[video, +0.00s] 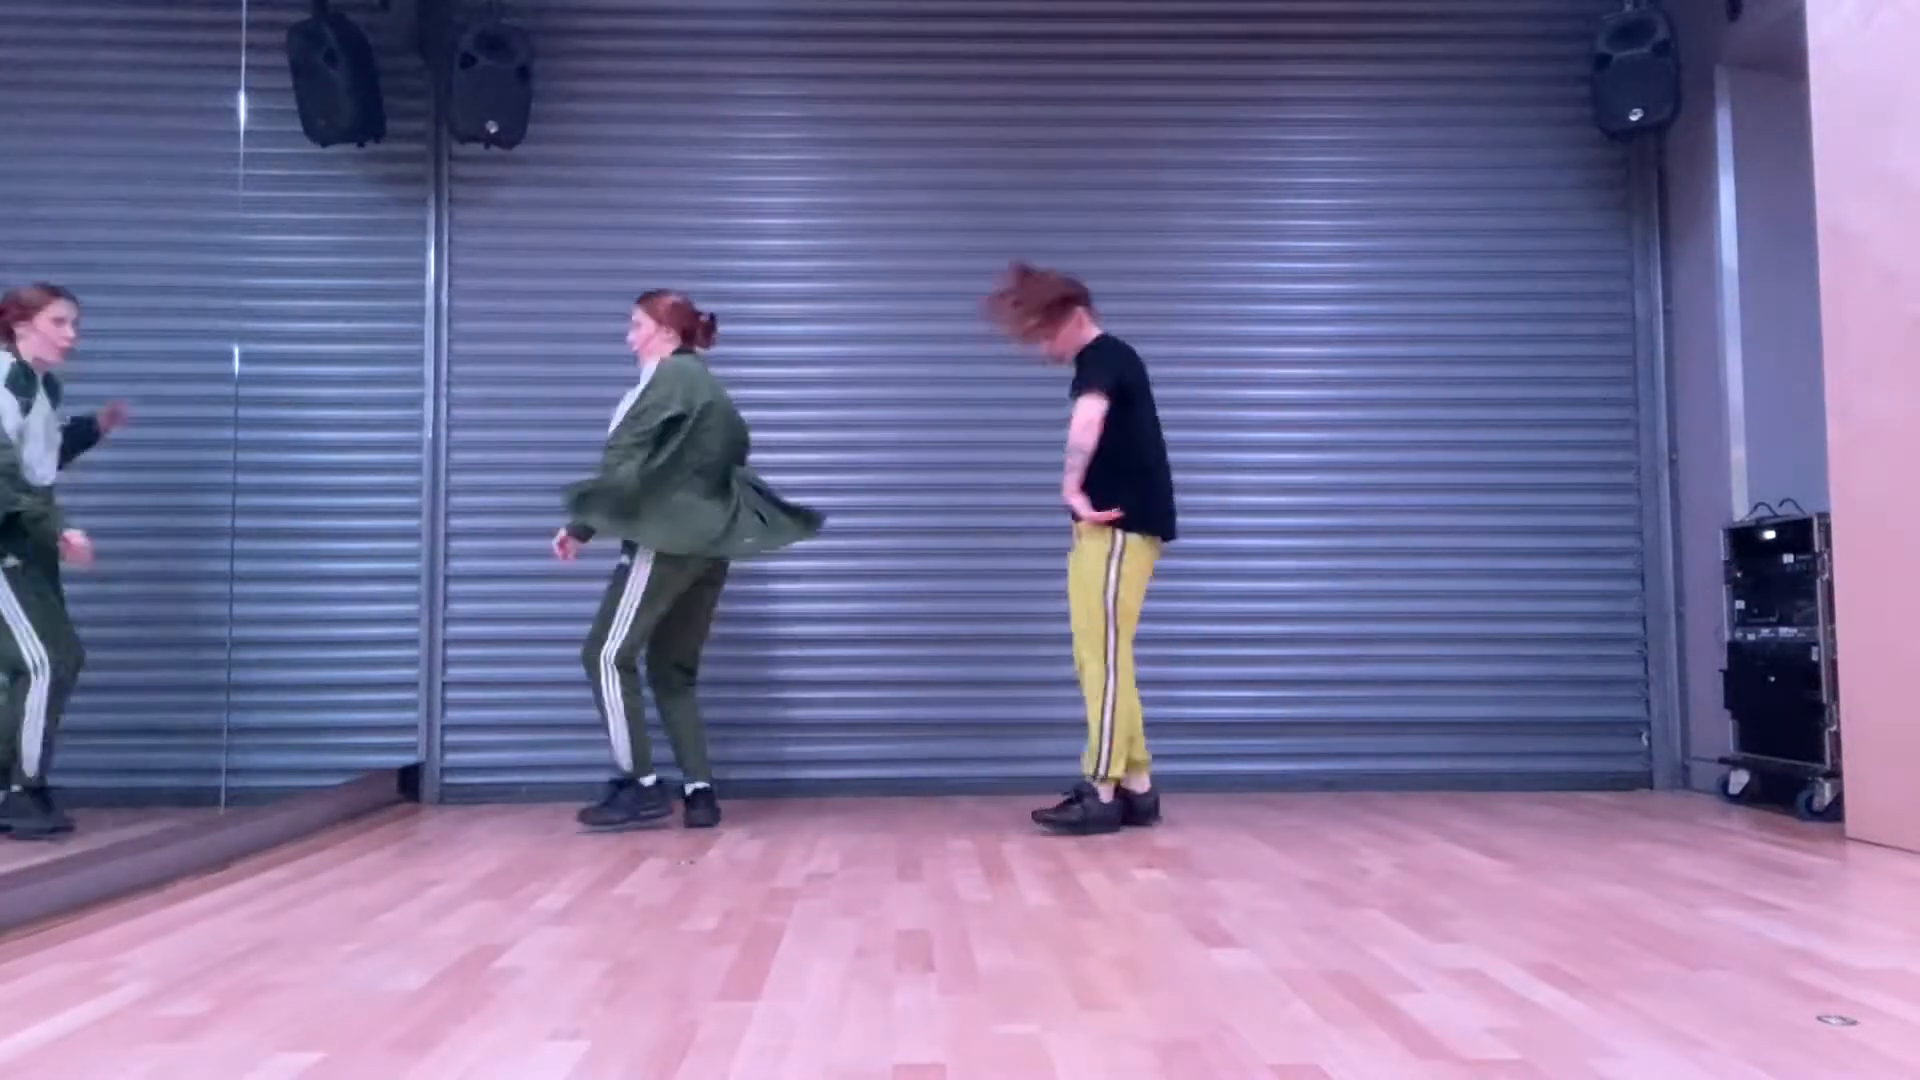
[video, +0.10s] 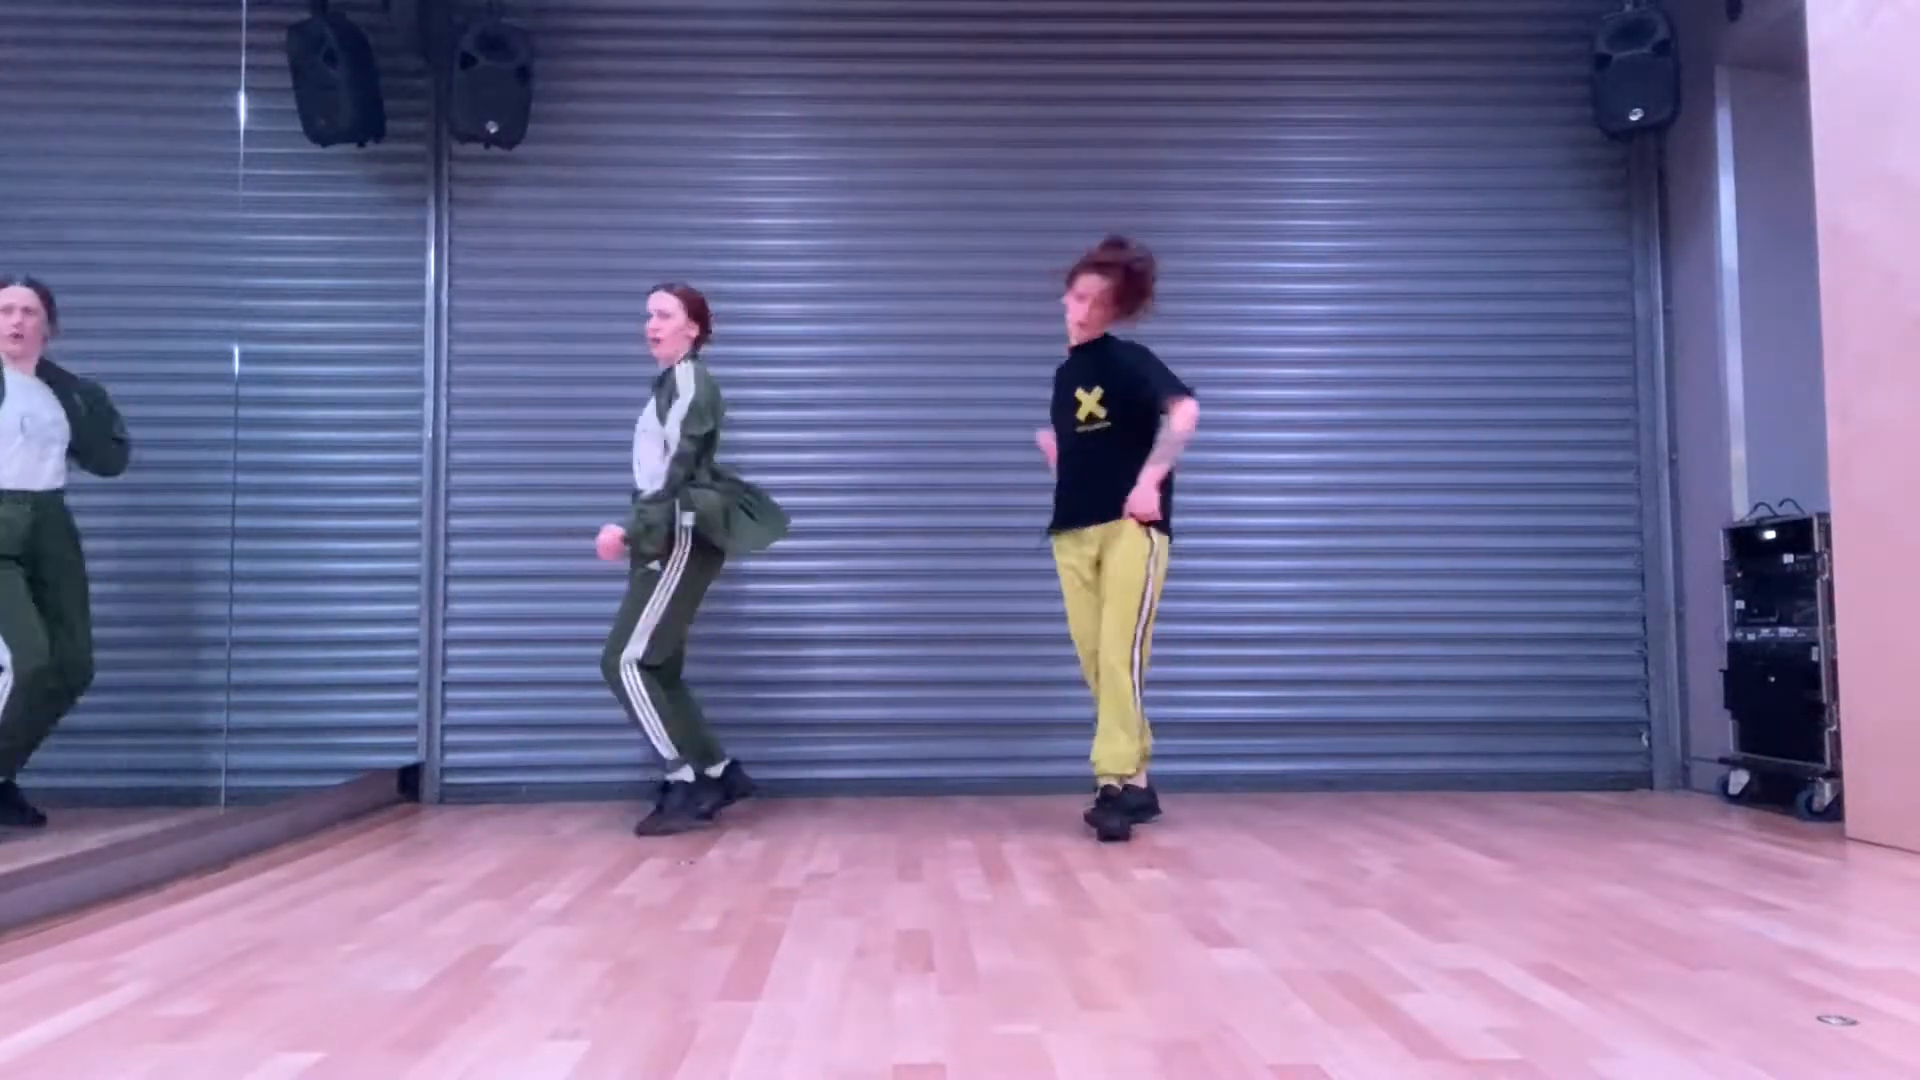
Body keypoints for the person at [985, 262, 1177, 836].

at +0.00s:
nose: (1044, 348)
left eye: (1044, 335)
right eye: (1038, 339)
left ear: (1071, 315)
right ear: (1073, 316)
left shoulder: (1102, 359)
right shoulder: (1105, 360)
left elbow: (1087, 425)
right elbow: (1108, 439)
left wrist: (1072, 490)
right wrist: (1088, 502)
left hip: (1115, 531)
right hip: (1119, 528)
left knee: (1100, 656)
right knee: (1107, 655)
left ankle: (1102, 792)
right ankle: (1135, 787)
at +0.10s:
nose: (1077, 305)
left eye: (1092, 299)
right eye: (1075, 292)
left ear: (1115, 310)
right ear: (1066, 295)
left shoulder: (1127, 356)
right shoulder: (1065, 373)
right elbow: (1079, 445)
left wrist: (1149, 481)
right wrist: (1053, 446)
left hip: (1129, 526)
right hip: (1072, 532)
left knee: (1118, 654)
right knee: (1094, 658)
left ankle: (1115, 785)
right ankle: (1134, 778)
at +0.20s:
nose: (1112, 302)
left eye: (1123, 294)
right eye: (1104, 289)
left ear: (1132, 305)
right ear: (1081, 293)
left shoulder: (1150, 361)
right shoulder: (1059, 377)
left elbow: (1208, 426)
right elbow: (1031, 449)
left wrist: (1176, 484)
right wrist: (1006, 406)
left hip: (1130, 535)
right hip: (1069, 546)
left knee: (1119, 656)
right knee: (1100, 663)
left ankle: (1111, 790)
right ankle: (1133, 782)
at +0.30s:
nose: (1121, 304)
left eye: (1131, 295)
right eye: (1111, 292)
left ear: (1140, 304)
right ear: (1088, 297)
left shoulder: (1151, 364)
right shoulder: (1059, 373)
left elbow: (1181, 442)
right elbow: (1031, 438)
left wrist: (1172, 489)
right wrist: (969, 405)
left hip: (1130, 526)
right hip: (1064, 531)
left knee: (1114, 649)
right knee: (1090, 656)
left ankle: (1110, 784)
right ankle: (1121, 773)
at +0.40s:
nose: (1122, 321)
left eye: (1131, 312)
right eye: (1111, 311)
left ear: (1141, 319)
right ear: (1090, 315)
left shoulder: (1153, 382)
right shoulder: (1062, 367)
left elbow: (1199, 448)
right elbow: (1019, 387)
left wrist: (1178, 483)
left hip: (1131, 518)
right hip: (1067, 525)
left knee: (1125, 589)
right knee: (1086, 650)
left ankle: (1124, 736)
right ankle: (1112, 774)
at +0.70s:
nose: (1110, 351)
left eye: (1120, 341)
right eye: (1100, 341)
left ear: (1133, 348)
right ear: (1084, 345)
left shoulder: (1154, 411)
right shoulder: (1058, 402)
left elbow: (1185, 489)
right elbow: (1031, 477)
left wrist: (1159, 528)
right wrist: (1082, 508)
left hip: (1133, 557)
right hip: (1069, 559)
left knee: (1153, 690)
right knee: (1093, 668)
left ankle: (1127, 740)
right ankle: (1115, 783)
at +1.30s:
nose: (1146, 358)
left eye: (1148, 347)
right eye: (1135, 347)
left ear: (1147, 349)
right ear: (1099, 349)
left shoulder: (1147, 404)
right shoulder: (1076, 402)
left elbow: (1144, 472)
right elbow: (1081, 448)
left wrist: (1152, 530)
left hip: (1153, 553)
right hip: (1090, 561)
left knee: (1166, 659)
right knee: (1083, 682)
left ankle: (1168, 797)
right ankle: (1056, 770)